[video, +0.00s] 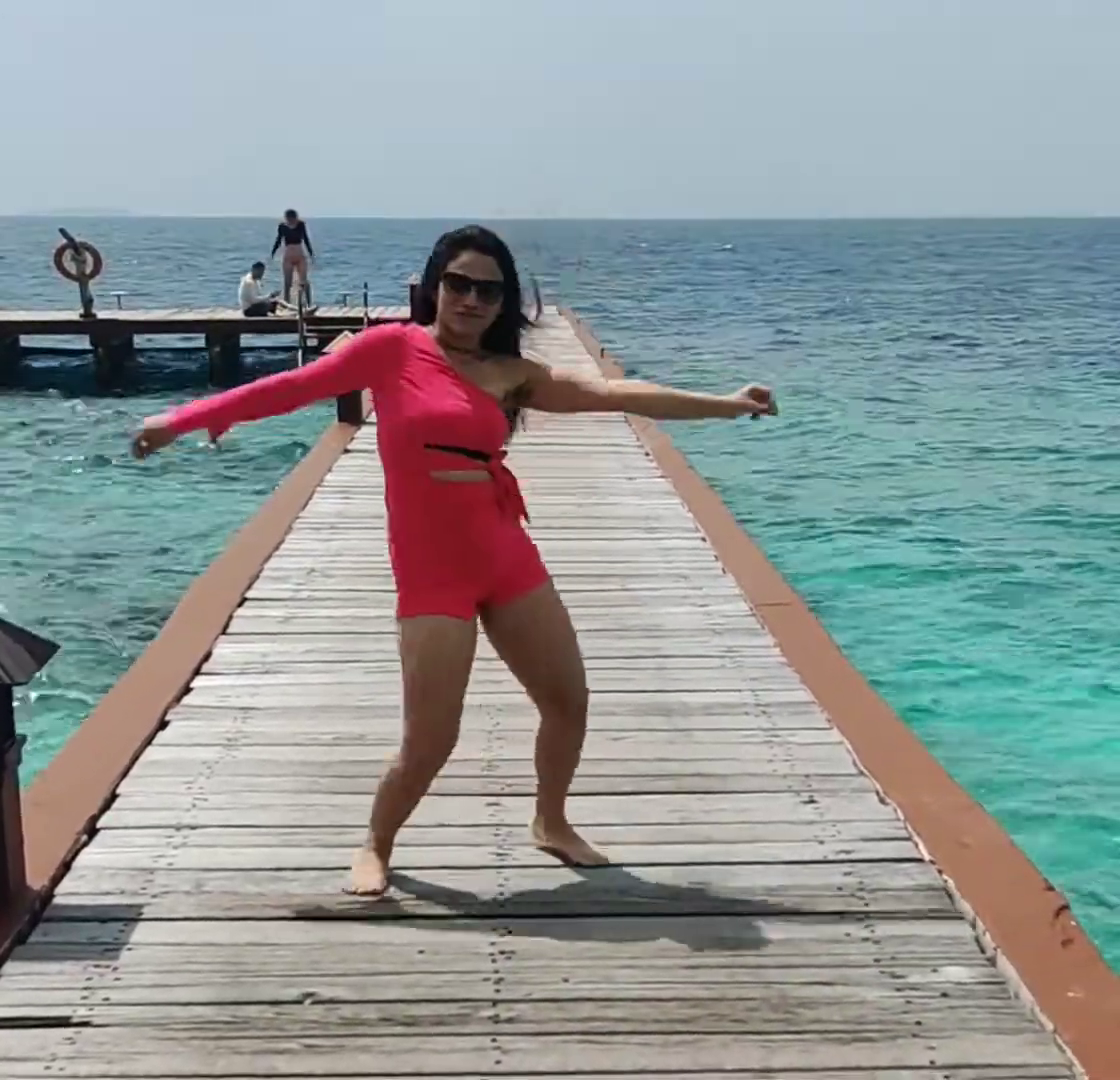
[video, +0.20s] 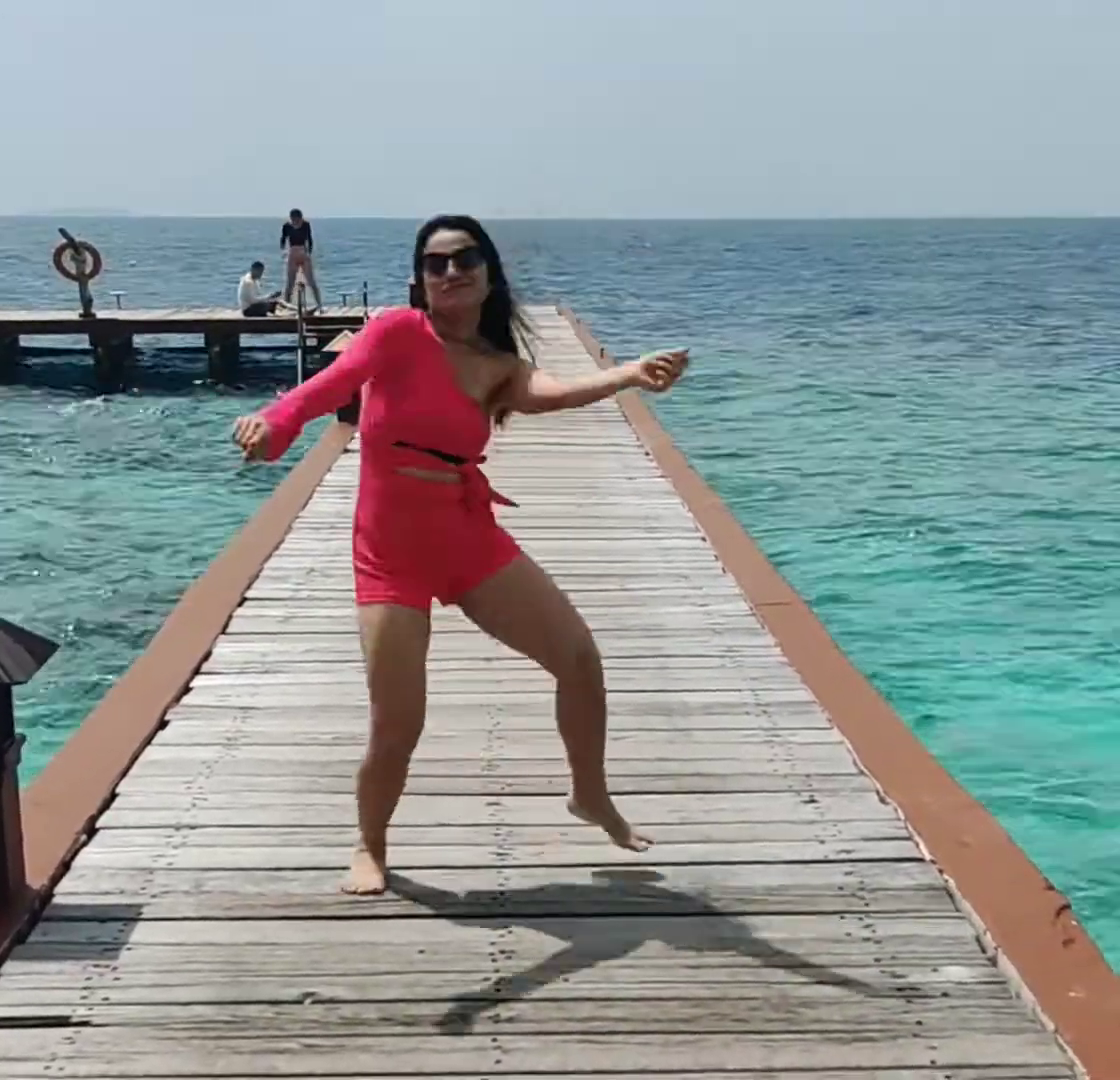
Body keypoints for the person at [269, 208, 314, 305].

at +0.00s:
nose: (291, 222)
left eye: (293, 219)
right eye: (289, 220)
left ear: (296, 218)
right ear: (286, 219)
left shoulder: (301, 225)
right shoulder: (282, 227)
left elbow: (306, 239)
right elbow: (278, 241)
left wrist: (311, 253)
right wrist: (272, 253)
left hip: (299, 250)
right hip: (289, 250)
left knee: (304, 280)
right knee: (287, 282)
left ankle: (309, 304)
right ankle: (286, 304)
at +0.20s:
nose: (295, 222)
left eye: (297, 219)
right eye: (293, 220)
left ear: (301, 218)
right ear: (291, 219)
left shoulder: (306, 225)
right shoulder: (287, 226)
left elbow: (309, 239)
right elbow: (283, 238)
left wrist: (309, 250)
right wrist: (282, 248)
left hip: (303, 250)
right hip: (293, 251)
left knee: (311, 281)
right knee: (290, 282)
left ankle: (319, 305)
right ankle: (287, 305)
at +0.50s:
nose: (308, 218)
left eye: (310, 216)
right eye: (306, 216)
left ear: (314, 215)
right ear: (304, 216)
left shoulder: (319, 223)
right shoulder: (300, 224)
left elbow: (325, 238)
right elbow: (297, 238)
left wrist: (325, 254)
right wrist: (296, 251)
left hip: (317, 249)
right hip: (306, 249)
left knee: (320, 279)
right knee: (302, 279)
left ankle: (322, 303)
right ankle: (299, 303)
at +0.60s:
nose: (311, 218)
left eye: (313, 216)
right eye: (309, 216)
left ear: (317, 215)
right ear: (307, 216)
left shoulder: (323, 223)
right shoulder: (303, 224)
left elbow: (328, 238)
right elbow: (301, 239)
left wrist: (334, 254)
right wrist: (298, 255)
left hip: (320, 249)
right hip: (308, 249)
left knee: (322, 279)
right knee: (309, 279)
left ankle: (322, 304)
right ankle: (305, 304)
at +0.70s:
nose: (313, 219)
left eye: (314, 217)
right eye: (311, 217)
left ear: (318, 215)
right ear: (308, 216)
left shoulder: (325, 223)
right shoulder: (305, 224)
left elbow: (331, 238)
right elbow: (303, 238)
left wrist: (340, 252)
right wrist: (299, 252)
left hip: (321, 250)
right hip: (310, 250)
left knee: (323, 279)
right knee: (314, 279)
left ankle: (323, 304)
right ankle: (315, 303)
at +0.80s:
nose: (313, 219)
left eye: (315, 216)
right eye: (311, 217)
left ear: (319, 215)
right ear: (309, 216)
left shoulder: (325, 223)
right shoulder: (306, 224)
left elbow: (333, 236)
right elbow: (304, 237)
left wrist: (343, 251)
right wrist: (301, 250)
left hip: (323, 250)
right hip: (312, 251)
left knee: (324, 278)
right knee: (316, 278)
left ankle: (322, 304)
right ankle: (318, 301)